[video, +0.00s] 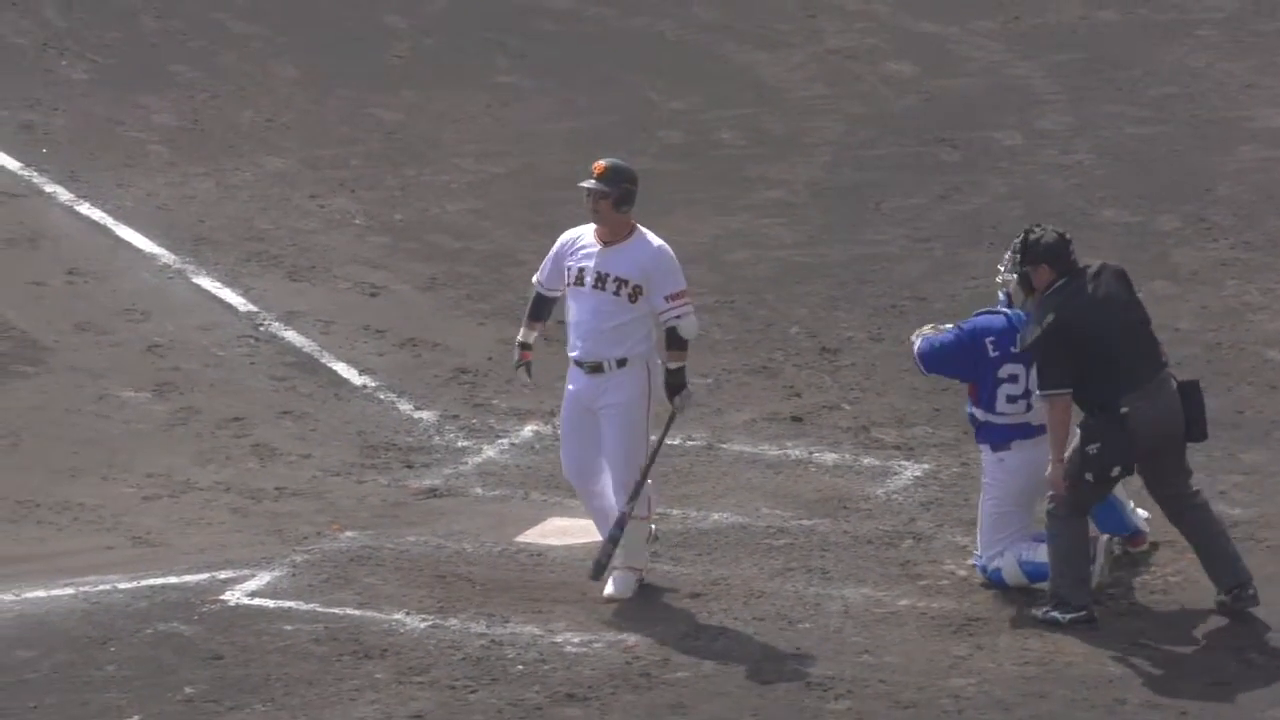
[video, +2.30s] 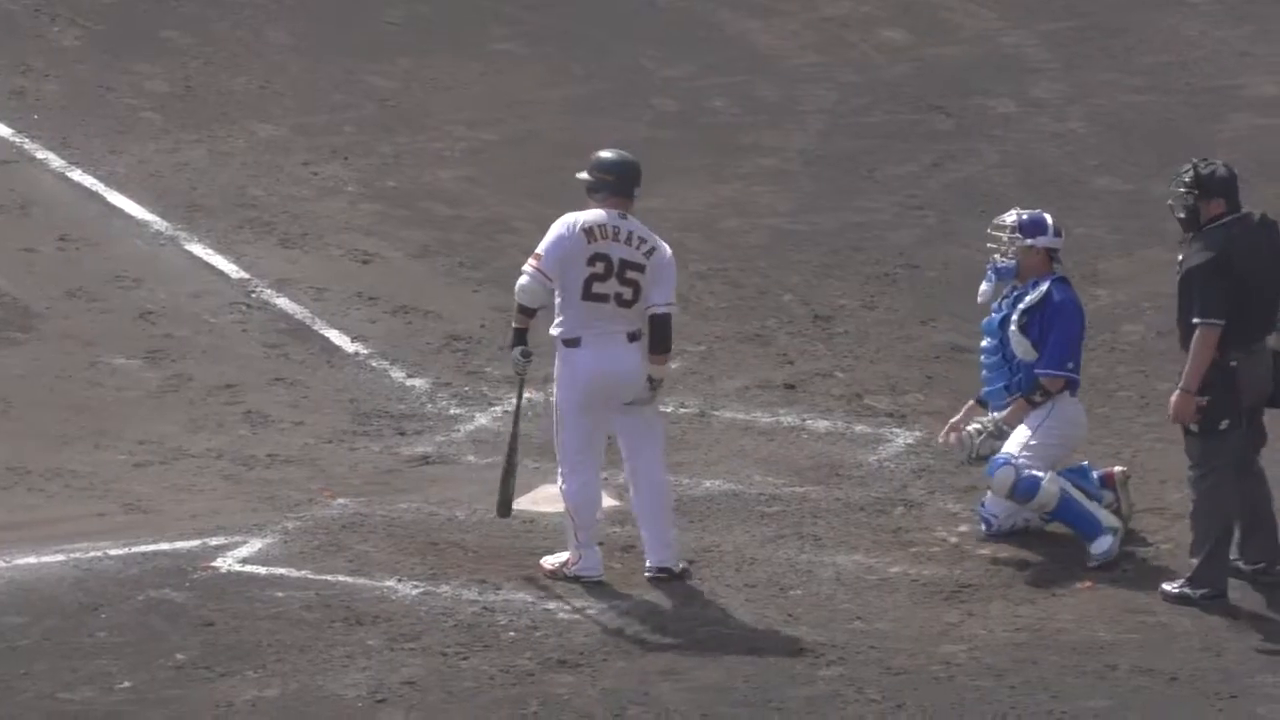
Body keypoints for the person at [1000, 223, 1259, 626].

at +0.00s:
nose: (1026, 277)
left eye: (1028, 269)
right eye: (1025, 269)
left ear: (1044, 270)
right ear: (1065, 261)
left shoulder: (1052, 321)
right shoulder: (1111, 277)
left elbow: (1059, 402)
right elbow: (1144, 342)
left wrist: (1057, 461)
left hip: (1119, 419)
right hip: (1165, 397)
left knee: (1066, 502)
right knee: (1179, 493)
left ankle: (1071, 603)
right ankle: (1238, 586)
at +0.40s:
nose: (1086, 260)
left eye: (1087, 251)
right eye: (1086, 251)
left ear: (1100, 253)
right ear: (1131, 244)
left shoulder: (1094, 308)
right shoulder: (1169, 273)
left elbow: (1088, 384)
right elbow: (1201, 303)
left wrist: (1079, 444)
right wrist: (1220, 285)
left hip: (1131, 418)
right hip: (1184, 407)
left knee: (1100, 513)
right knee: (1192, 508)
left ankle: (1090, 610)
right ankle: (1231, 609)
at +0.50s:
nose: (1107, 255)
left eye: (1109, 248)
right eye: (1108, 247)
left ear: (1122, 252)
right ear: (1150, 244)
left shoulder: (1113, 306)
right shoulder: (1188, 270)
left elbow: (1103, 383)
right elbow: (1226, 278)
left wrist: (1089, 440)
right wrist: (1227, 234)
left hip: (1144, 417)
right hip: (1197, 406)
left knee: (1114, 513)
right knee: (1203, 509)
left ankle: (1095, 611)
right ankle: (1236, 612)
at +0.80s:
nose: (1165, 238)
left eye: (1170, 232)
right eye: (1167, 231)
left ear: (1185, 238)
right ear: (1209, 236)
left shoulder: (1172, 292)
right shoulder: (1241, 261)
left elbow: (1162, 369)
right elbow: (1244, 245)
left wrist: (1142, 422)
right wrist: (1236, 228)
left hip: (1190, 407)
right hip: (1239, 395)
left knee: (1152, 500)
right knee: (1230, 497)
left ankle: (1115, 593)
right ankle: (1244, 601)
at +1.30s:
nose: (1205, 223)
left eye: (1210, 217)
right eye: (1206, 215)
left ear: (1231, 222)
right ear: (1249, 218)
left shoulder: (1221, 267)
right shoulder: (1269, 245)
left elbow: (1223, 347)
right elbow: (1249, 219)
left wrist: (1209, 414)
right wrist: (1235, 177)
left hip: (1236, 393)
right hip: (1271, 386)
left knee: (1185, 481)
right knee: (1253, 480)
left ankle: (1183, 585)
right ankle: (1254, 583)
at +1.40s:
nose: (1209, 220)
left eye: (1215, 213)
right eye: (1210, 212)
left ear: (1234, 218)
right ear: (1254, 215)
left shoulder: (1227, 266)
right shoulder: (1272, 248)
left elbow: (1227, 346)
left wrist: (1216, 411)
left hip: (1240, 396)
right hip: (1272, 393)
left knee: (1192, 482)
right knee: (1256, 480)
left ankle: (1219, 582)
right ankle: (1257, 583)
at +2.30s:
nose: (1182, 206)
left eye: (1189, 199)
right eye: (1183, 197)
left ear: (1212, 204)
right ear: (1227, 201)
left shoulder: (1208, 251)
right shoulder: (1262, 231)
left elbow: (1209, 328)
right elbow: (1264, 306)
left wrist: (1186, 389)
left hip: (1220, 369)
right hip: (1258, 360)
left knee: (1209, 475)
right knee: (1242, 462)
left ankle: (1206, 578)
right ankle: (1259, 555)